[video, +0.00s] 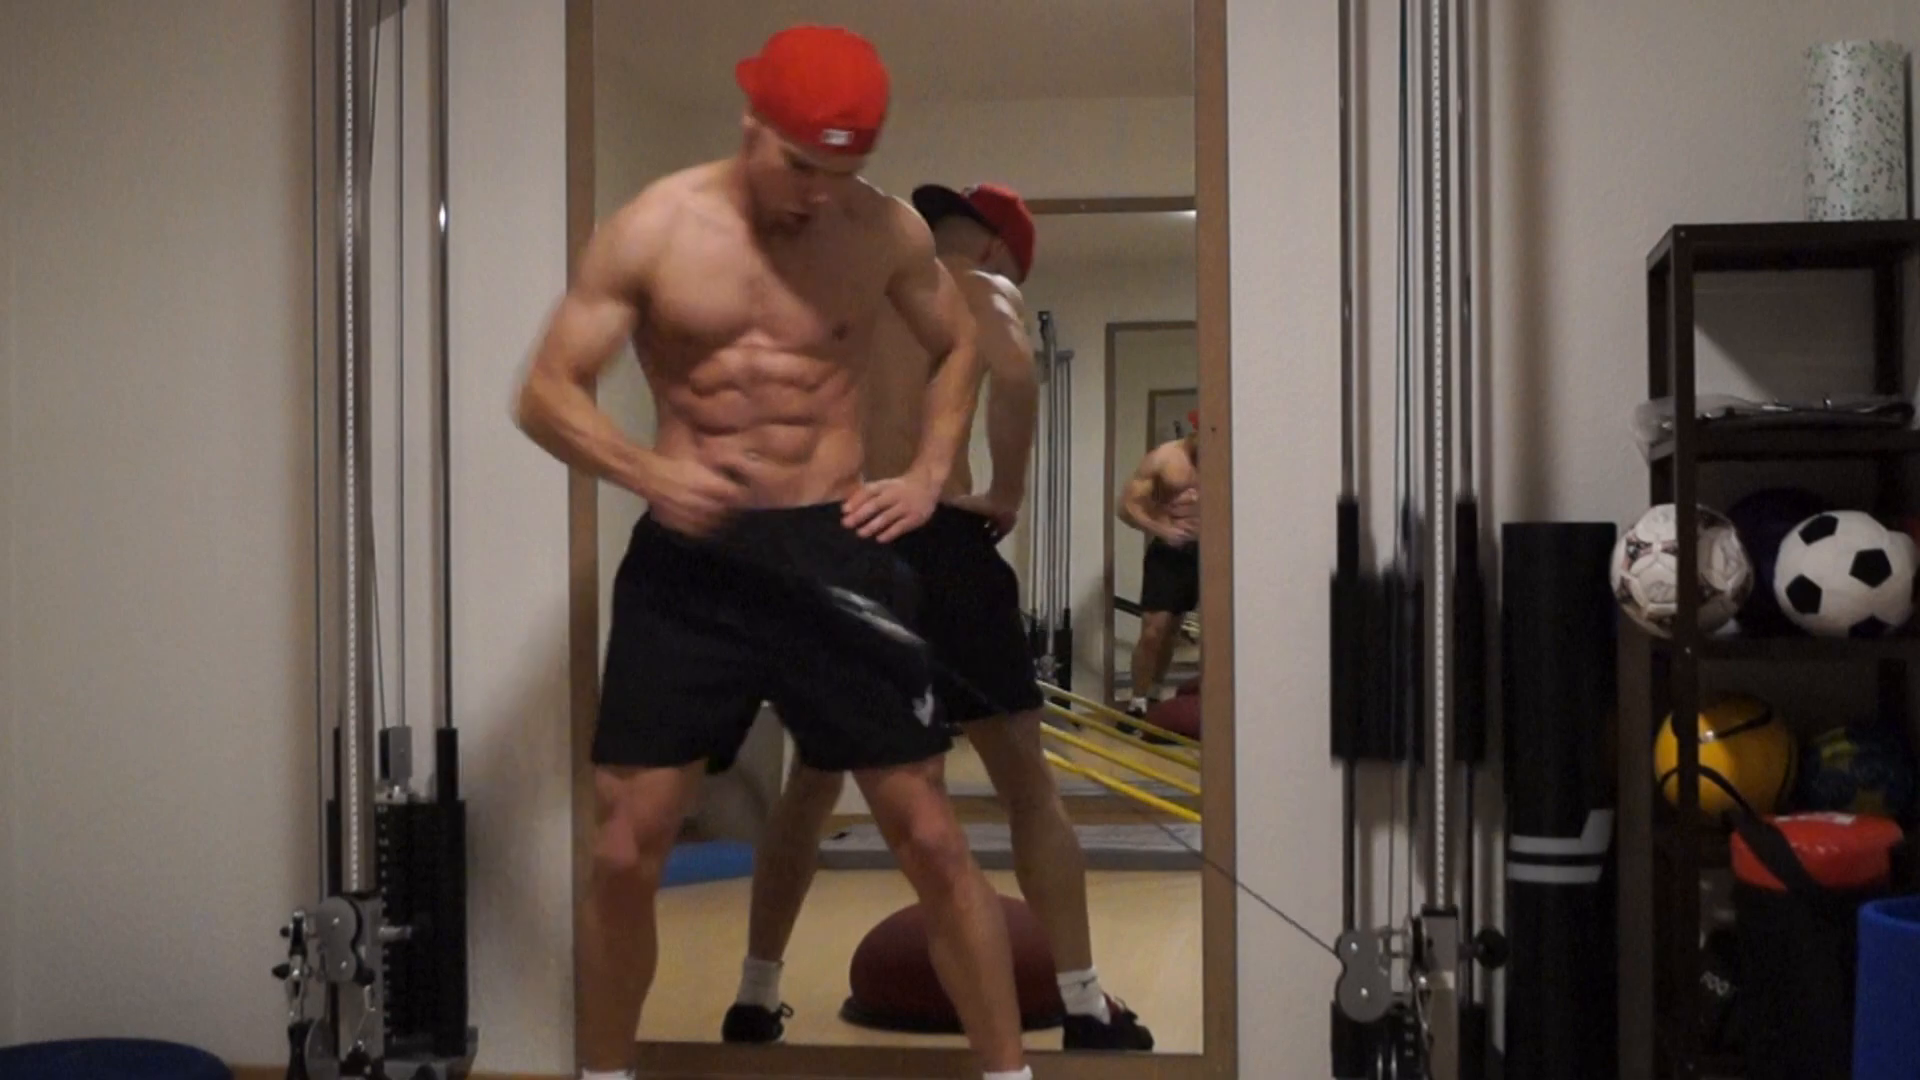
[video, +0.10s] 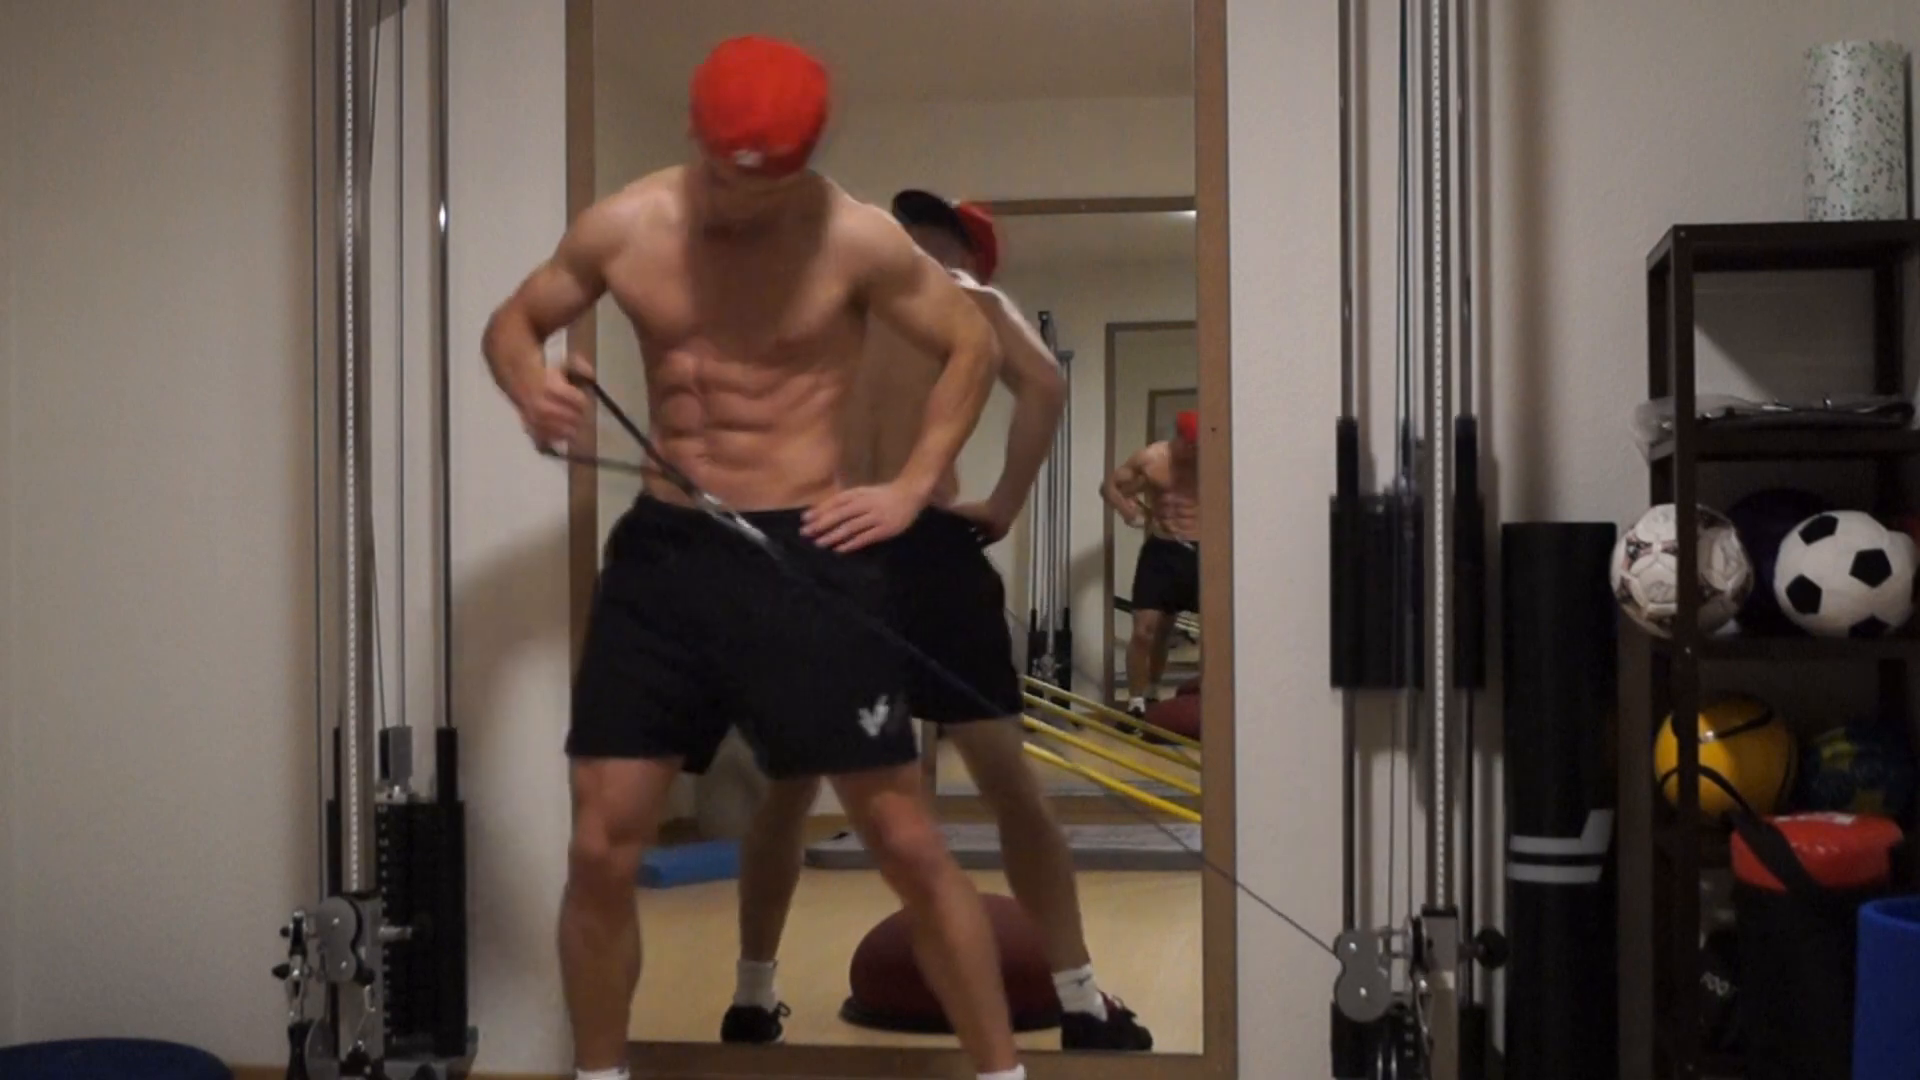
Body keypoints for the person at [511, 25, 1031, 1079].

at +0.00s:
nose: (820, 192)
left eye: (842, 172)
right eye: (801, 166)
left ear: (863, 151)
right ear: (752, 121)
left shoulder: (885, 232)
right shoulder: (655, 225)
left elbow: (960, 345)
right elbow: (544, 392)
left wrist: (930, 474)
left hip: (842, 561)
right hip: (687, 568)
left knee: (931, 839)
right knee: (621, 853)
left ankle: (1006, 1073)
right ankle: (604, 1075)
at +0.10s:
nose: (734, 187)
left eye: (759, 172)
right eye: (722, 164)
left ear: (805, 155)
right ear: (698, 133)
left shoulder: (860, 242)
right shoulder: (626, 225)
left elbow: (975, 344)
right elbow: (512, 324)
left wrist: (913, 483)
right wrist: (531, 386)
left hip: (817, 558)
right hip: (668, 555)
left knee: (908, 843)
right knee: (601, 849)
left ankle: (1003, 1073)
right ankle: (602, 1075)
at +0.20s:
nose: (694, 206)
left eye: (719, 190)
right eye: (680, 182)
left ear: (772, 161)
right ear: (660, 150)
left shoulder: (832, 242)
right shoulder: (617, 223)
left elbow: (973, 354)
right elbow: (519, 301)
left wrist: (894, 499)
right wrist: (518, 355)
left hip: (798, 561)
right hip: (657, 551)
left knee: (888, 842)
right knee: (589, 844)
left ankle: (993, 1074)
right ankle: (599, 1075)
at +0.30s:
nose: (689, 205)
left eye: (713, 187)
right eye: (673, 181)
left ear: (763, 158)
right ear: (652, 153)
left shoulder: (827, 240)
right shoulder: (616, 224)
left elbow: (971, 359)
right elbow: (506, 324)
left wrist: (895, 504)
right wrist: (538, 383)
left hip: (801, 566)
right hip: (659, 551)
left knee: (889, 843)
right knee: (595, 844)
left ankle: (993, 1074)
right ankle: (600, 1076)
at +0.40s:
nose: (724, 198)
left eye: (747, 180)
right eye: (706, 176)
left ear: (789, 151)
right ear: (678, 145)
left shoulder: (850, 233)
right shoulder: (625, 228)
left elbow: (979, 343)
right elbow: (506, 363)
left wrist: (918, 483)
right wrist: (585, 417)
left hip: (820, 565)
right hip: (670, 562)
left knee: (908, 847)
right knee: (607, 847)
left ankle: (997, 1073)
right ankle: (602, 1076)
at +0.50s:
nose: (810, 190)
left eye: (830, 172)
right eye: (791, 170)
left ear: (853, 148)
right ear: (740, 135)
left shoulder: (888, 224)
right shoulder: (665, 227)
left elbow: (958, 334)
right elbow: (575, 409)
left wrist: (959, 458)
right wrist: (726, 473)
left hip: (853, 554)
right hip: (702, 561)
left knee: (945, 837)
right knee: (636, 855)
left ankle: (1009, 1074)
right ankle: (601, 1076)